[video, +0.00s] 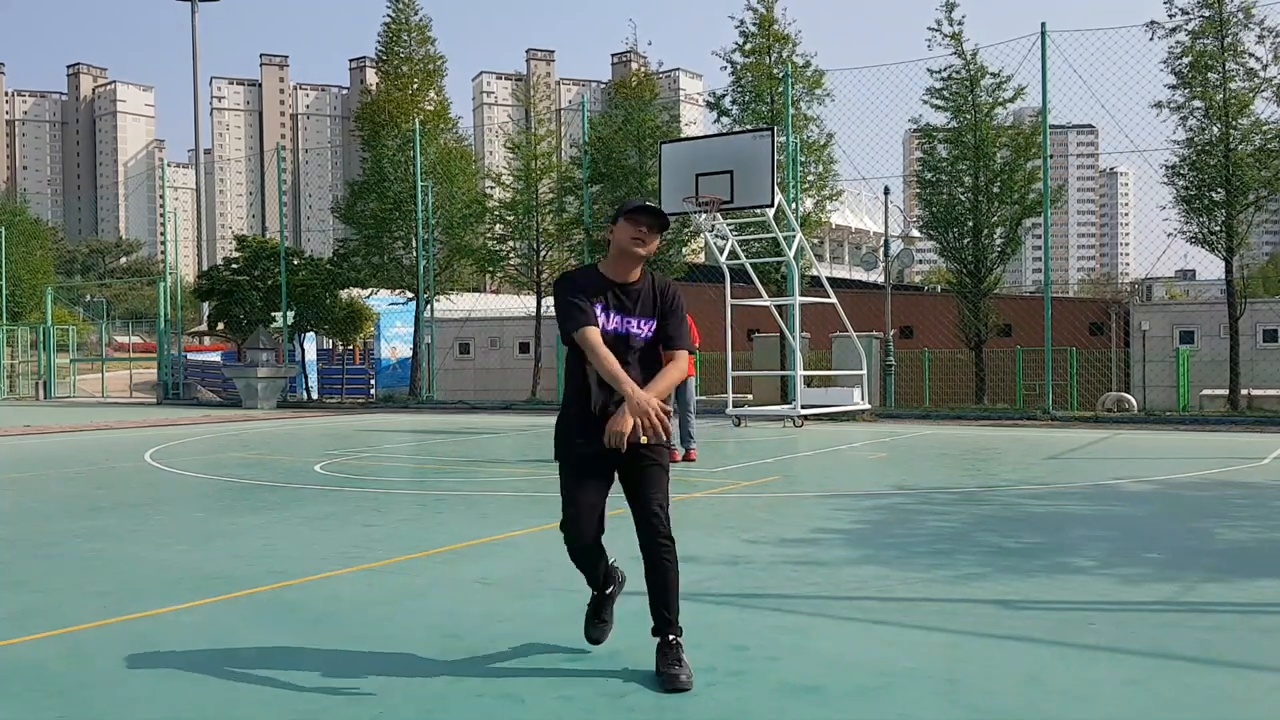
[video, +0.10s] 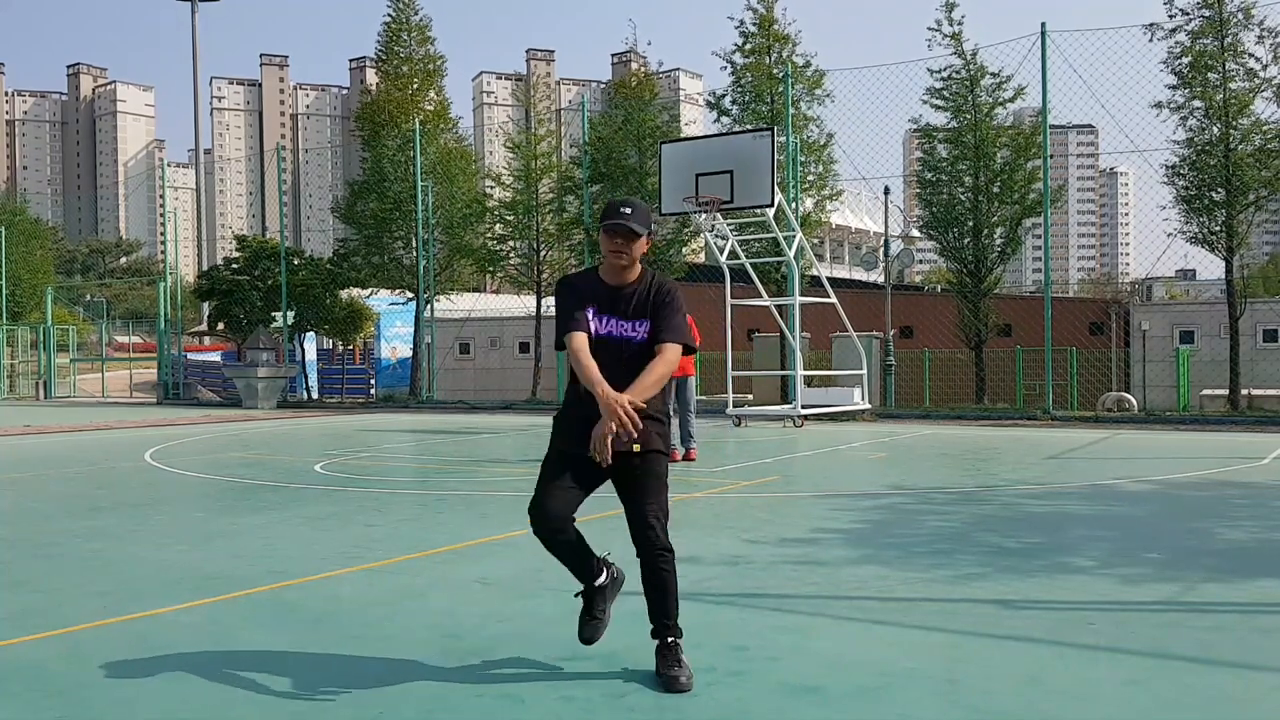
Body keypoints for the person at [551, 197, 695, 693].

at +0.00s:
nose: (646, 235)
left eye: (654, 231)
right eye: (637, 225)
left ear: (658, 244)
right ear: (612, 229)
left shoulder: (665, 294)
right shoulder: (575, 284)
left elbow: (680, 364)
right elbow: (593, 347)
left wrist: (633, 408)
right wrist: (636, 394)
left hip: (646, 431)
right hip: (585, 429)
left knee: (656, 530)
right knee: (578, 536)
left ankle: (669, 642)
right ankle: (605, 582)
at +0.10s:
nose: (618, 244)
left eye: (629, 236)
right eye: (610, 234)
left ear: (646, 242)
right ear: (599, 236)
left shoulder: (665, 294)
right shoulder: (574, 288)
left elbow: (666, 363)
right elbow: (578, 351)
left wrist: (616, 415)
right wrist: (604, 394)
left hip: (642, 431)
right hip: (579, 429)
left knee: (652, 539)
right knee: (547, 519)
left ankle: (669, 644)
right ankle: (599, 579)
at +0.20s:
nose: (596, 241)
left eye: (605, 233)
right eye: (589, 233)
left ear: (629, 232)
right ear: (582, 235)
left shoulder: (652, 284)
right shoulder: (569, 285)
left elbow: (639, 353)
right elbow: (559, 344)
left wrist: (594, 419)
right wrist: (572, 383)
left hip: (630, 420)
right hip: (574, 418)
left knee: (643, 534)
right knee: (522, 507)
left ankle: (669, 643)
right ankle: (569, 602)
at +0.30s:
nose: (576, 236)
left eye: (585, 226)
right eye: (569, 227)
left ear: (610, 224)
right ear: (563, 230)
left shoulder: (635, 275)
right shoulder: (561, 284)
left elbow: (620, 350)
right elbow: (542, 344)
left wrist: (574, 420)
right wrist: (544, 379)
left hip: (612, 424)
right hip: (559, 422)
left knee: (635, 534)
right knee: (509, 520)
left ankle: (675, 642)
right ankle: (514, 641)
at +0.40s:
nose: (557, 243)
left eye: (567, 234)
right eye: (551, 234)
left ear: (592, 234)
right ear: (545, 239)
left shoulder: (613, 285)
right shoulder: (545, 295)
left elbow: (605, 363)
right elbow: (525, 361)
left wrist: (561, 434)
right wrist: (529, 405)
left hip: (596, 444)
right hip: (540, 441)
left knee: (624, 548)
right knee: (499, 546)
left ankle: (682, 646)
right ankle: (479, 664)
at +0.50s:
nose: (533, 231)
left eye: (544, 223)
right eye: (528, 223)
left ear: (569, 229)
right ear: (521, 231)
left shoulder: (591, 278)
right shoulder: (517, 291)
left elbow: (582, 358)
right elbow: (508, 366)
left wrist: (553, 437)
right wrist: (519, 417)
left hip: (586, 443)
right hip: (525, 441)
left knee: (610, 545)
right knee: (493, 545)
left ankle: (666, 647)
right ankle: (482, 663)